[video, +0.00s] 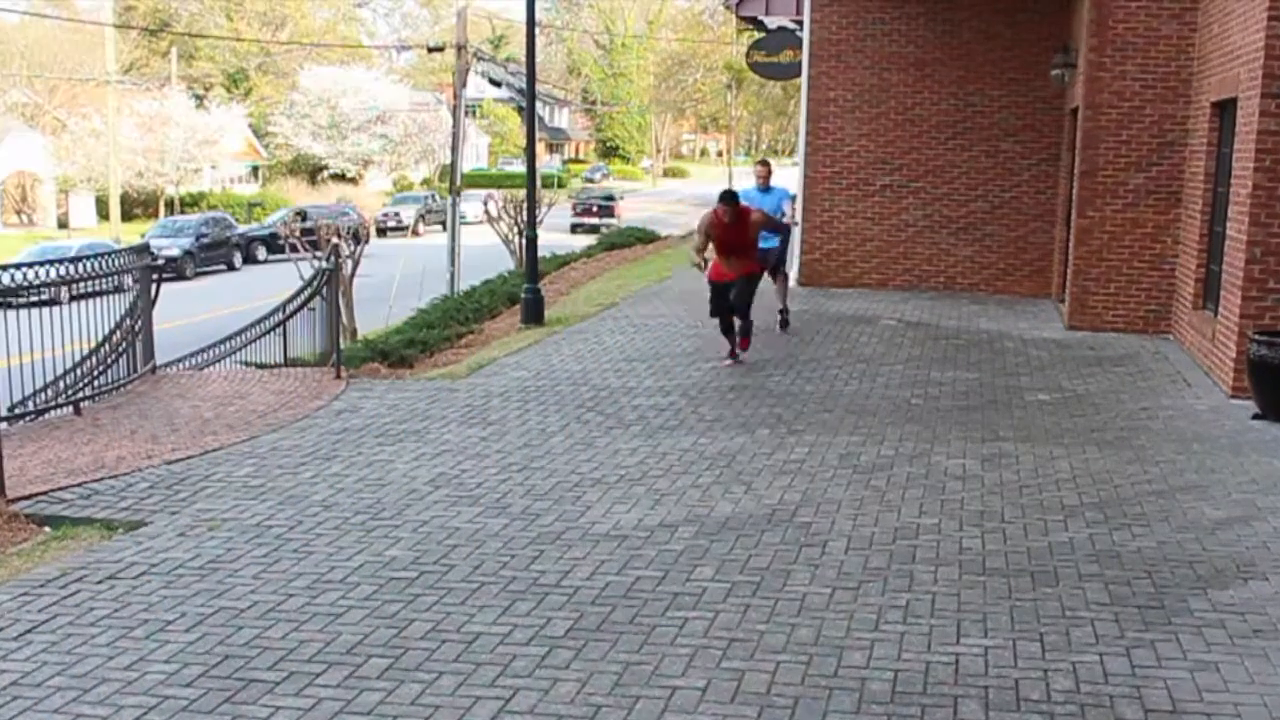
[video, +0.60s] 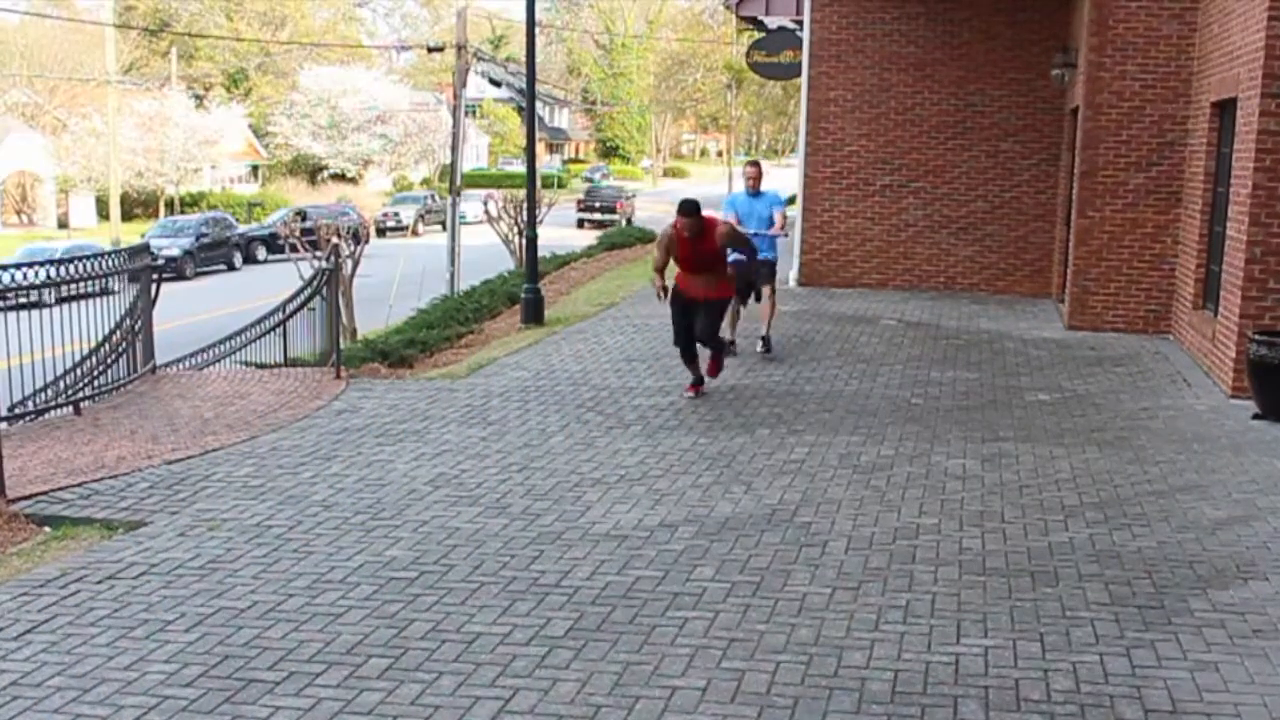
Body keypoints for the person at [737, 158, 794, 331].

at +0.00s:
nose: (762, 180)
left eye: (765, 176)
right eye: (758, 176)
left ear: (770, 176)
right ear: (754, 176)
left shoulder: (781, 194)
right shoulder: (745, 195)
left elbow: (788, 208)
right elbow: (737, 214)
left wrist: (789, 217)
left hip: (775, 244)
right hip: (753, 244)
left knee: (780, 275)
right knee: (747, 282)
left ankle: (783, 309)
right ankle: (744, 316)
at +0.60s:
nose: (751, 182)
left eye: (755, 177)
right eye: (748, 178)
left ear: (761, 178)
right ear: (743, 178)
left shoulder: (772, 198)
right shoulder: (733, 200)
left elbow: (780, 217)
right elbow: (730, 223)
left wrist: (777, 227)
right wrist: (740, 232)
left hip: (765, 253)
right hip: (740, 253)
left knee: (768, 291)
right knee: (736, 297)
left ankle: (765, 334)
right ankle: (731, 337)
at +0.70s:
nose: (754, 179)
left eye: (758, 175)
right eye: (751, 175)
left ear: (764, 176)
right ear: (746, 176)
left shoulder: (775, 198)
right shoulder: (733, 197)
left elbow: (775, 219)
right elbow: (726, 220)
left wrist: (766, 233)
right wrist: (737, 234)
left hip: (762, 254)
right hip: (736, 252)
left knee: (762, 298)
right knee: (731, 297)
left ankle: (763, 340)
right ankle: (729, 333)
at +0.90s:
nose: (750, 181)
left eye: (754, 177)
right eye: (747, 177)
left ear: (761, 178)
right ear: (742, 178)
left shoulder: (774, 201)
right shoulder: (730, 202)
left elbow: (773, 220)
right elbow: (722, 230)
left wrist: (761, 231)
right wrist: (721, 254)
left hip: (761, 264)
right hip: (734, 263)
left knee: (762, 306)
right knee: (725, 308)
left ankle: (760, 351)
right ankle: (717, 351)